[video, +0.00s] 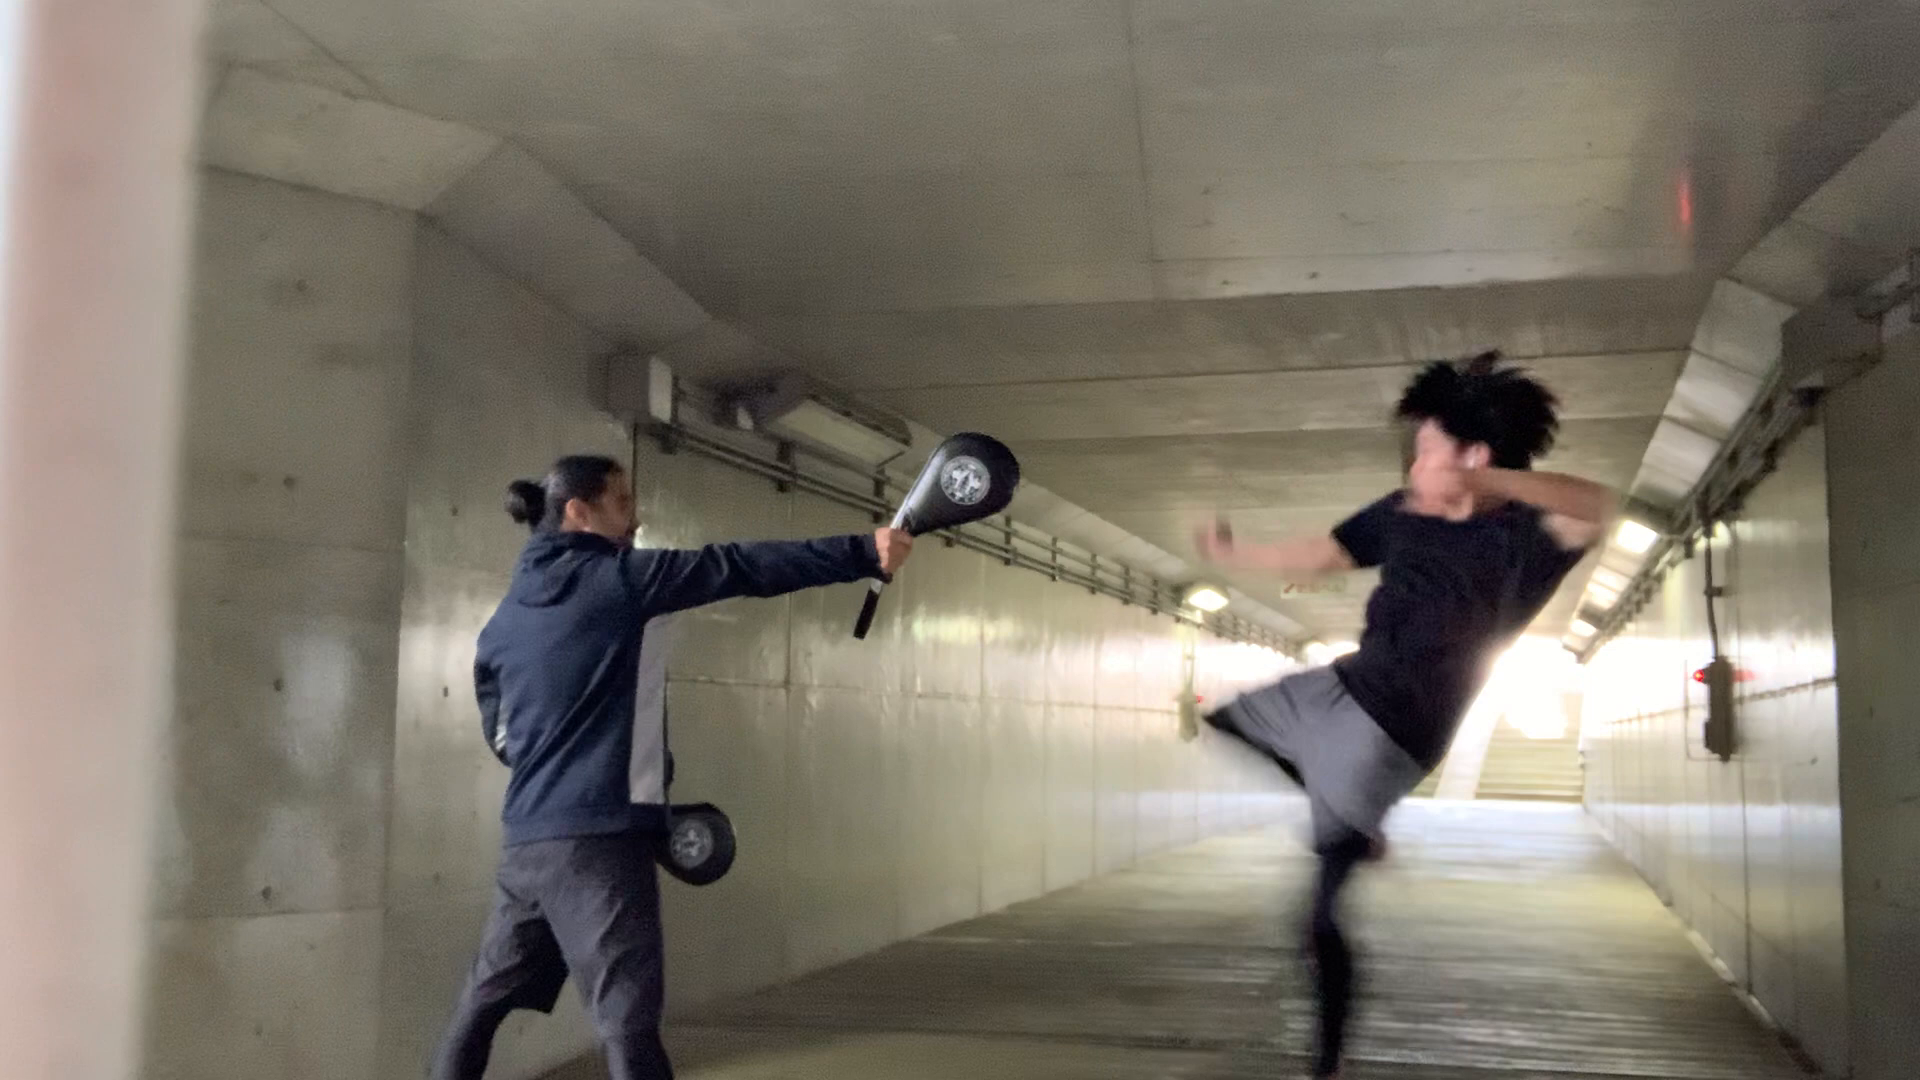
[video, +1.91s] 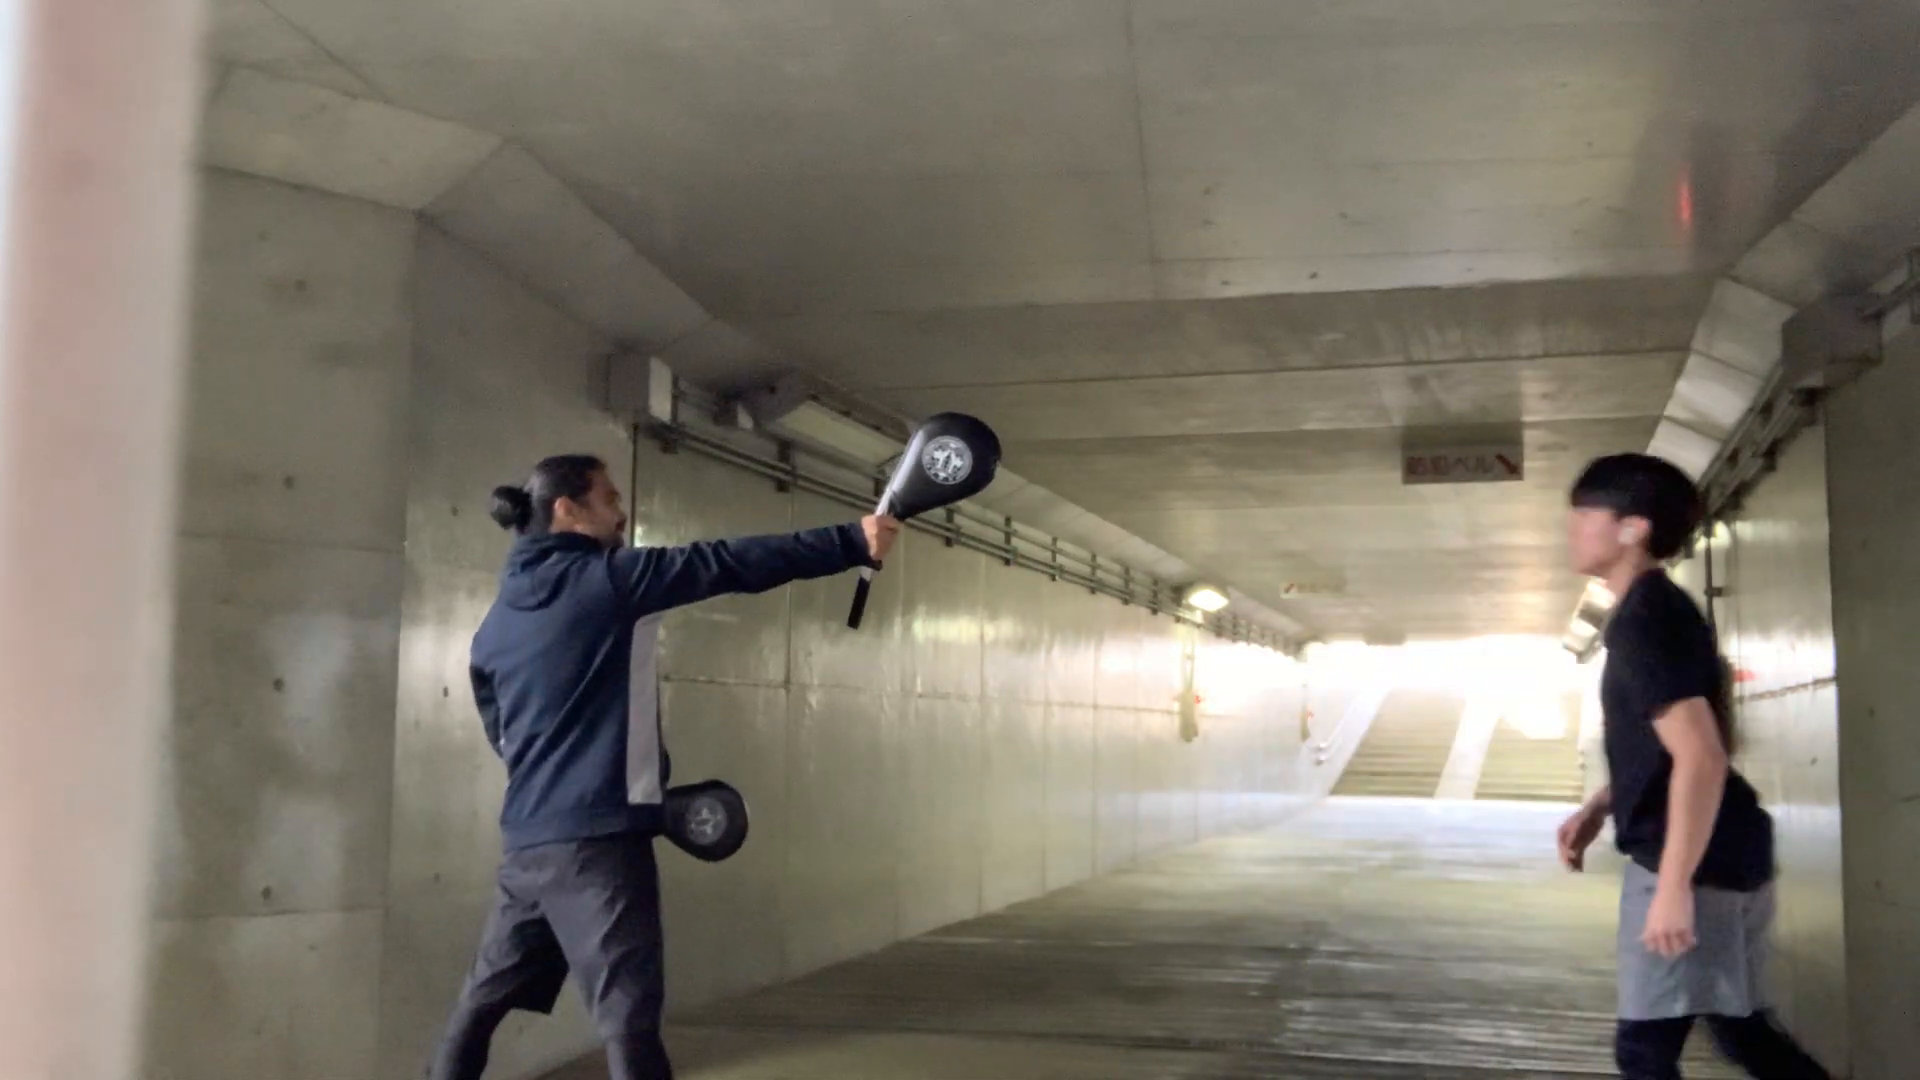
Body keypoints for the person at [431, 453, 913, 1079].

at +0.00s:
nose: (635, 515)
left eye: (632, 501)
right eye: (623, 502)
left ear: (568, 513)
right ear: (577, 509)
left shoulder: (503, 620)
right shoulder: (616, 575)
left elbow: (504, 735)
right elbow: (736, 566)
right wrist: (863, 552)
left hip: (528, 835)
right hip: (595, 832)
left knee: (480, 1005)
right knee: (627, 1024)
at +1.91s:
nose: (622, 513)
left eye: (619, 499)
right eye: (611, 500)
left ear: (555, 514)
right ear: (567, 509)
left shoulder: (492, 630)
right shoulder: (604, 577)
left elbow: (511, 741)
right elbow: (723, 563)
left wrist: (629, 787)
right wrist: (851, 540)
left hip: (528, 838)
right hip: (595, 835)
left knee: (477, 1008)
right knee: (629, 1023)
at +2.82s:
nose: (628, 514)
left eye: (624, 500)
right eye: (615, 501)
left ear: (562, 515)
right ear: (571, 512)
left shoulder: (493, 631)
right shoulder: (607, 577)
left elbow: (511, 741)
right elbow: (726, 564)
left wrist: (630, 784)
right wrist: (852, 543)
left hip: (528, 841)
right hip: (595, 838)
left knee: (478, 1006)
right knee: (628, 1026)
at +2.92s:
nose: (628, 514)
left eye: (624, 500)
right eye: (616, 501)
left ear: (561, 515)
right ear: (571, 511)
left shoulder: (493, 631)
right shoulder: (607, 578)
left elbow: (513, 743)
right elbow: (726, 564)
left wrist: (636, 791)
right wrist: (852, 544)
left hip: (528, 841)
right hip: (594, 838)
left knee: (476, 1008)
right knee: (628, 1025)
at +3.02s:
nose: (628, 514)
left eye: (624, 500)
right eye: (616, 501)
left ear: (563, 515)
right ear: (571, 511)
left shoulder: (494, 631)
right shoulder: (608, 578)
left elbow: (512, 741)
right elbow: (726, 565)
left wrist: (632, 788)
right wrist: (853, 544)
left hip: (528, 840)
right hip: (595, 837)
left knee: (478, 1004)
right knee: (628, 1022)